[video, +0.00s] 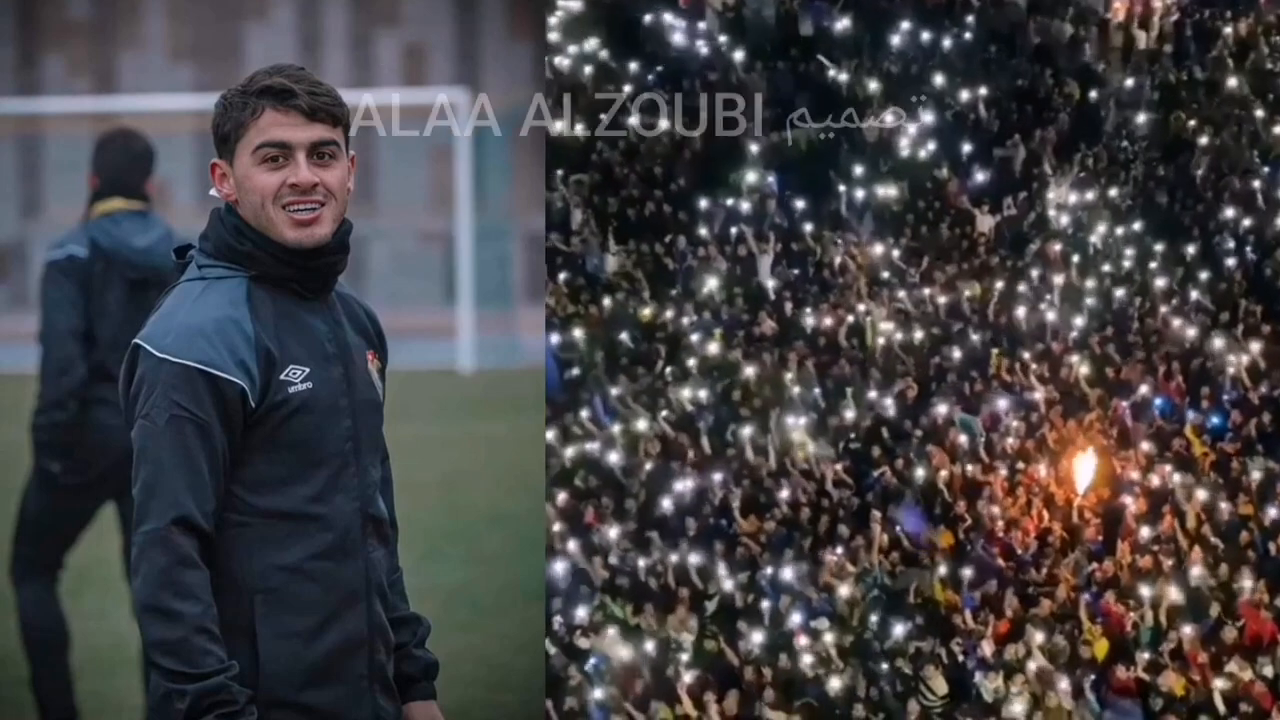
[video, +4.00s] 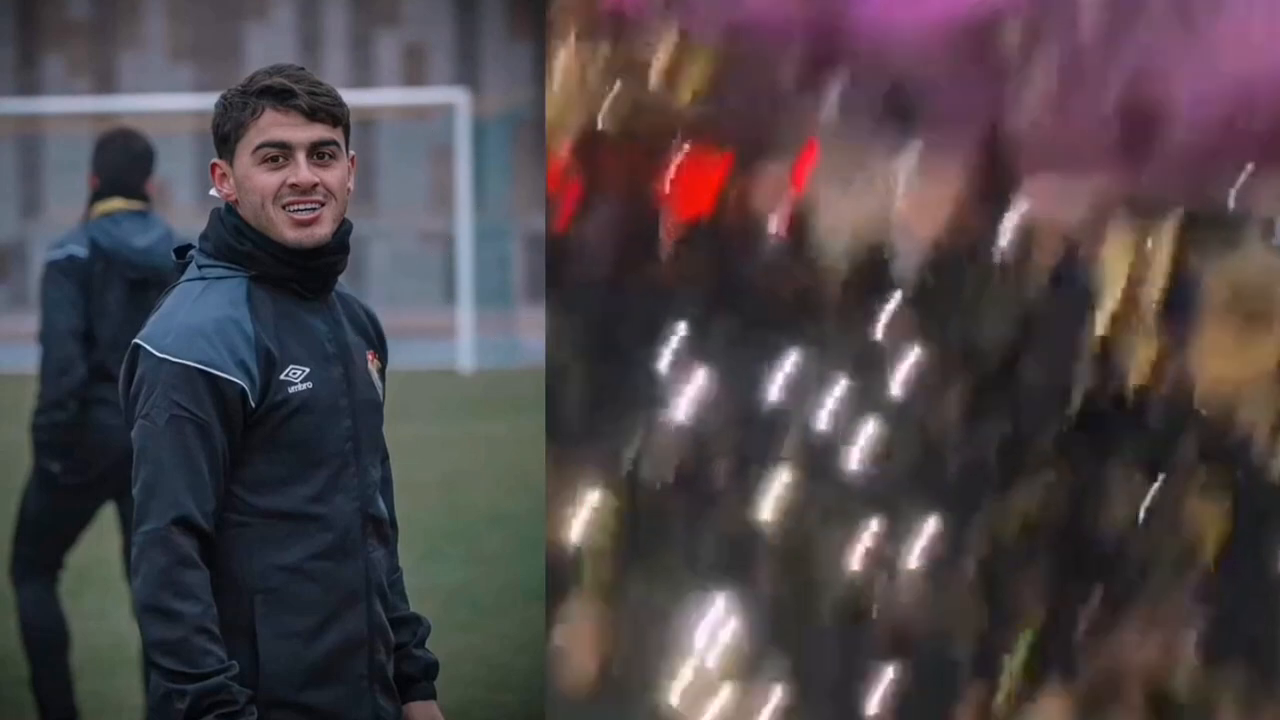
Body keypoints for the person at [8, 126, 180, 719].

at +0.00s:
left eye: (93, 173)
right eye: (149, 178)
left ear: (94, 180)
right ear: (152, 185)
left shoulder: (73, 253)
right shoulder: (178, 254)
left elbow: (65, 361)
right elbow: (190, 352)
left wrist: (52, 442)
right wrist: (175, 429)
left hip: (88, 448)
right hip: (158, 448)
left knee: (34, 569)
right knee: (156, 580)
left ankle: (57, 708)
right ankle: (167, 705)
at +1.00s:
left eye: (93, 173)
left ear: (94, 180)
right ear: (152, 185)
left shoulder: (73, 253)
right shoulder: (178, 254)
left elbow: (65, 361)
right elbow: (190, 351)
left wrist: (51, 440)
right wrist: (174, 428)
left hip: (88, 448)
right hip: (158, 447)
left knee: (34, 569)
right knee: (157, 580)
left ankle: (57, 708)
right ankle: (167, 705)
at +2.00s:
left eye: (94, 173)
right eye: (150, 178)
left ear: (94, 180)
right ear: (152, 185)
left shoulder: (73, 253)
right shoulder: (178, 254)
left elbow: (65, 362)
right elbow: (191, 352)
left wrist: (52, 442)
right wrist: (175, 429)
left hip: (88, 448)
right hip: (158, 447)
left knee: (34, 569)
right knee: (156, 580)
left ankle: (57, 709)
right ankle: (167, 706)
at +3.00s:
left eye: (94, 173)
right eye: (149, 178)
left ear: (94, 180)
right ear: (152, 185)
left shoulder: (73, 252)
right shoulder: (177, 254)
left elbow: (65, 361)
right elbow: (190, 351)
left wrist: (51, 441)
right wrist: (174, 429)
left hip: (88, 448)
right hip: (158, 447)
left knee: (34, 569)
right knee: (156, 580)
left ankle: (57, 709)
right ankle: (167, 706)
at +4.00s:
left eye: (93, 174)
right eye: (150, 178)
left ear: (94, 180)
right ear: (152, 185)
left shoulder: (74, 253)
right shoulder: (178, 254)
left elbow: (65, 360)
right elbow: (190, 351)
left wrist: (51, 439)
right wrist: (175, 426)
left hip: (88, 447)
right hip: (158, 446)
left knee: (33, 569)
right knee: (157, 580)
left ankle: (57, 708)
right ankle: (167, 704)